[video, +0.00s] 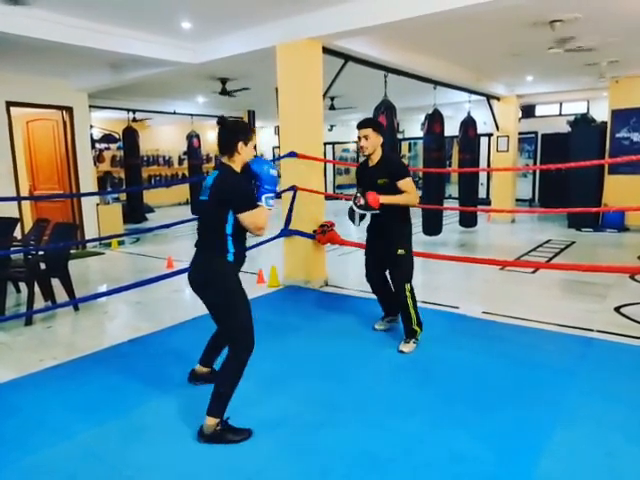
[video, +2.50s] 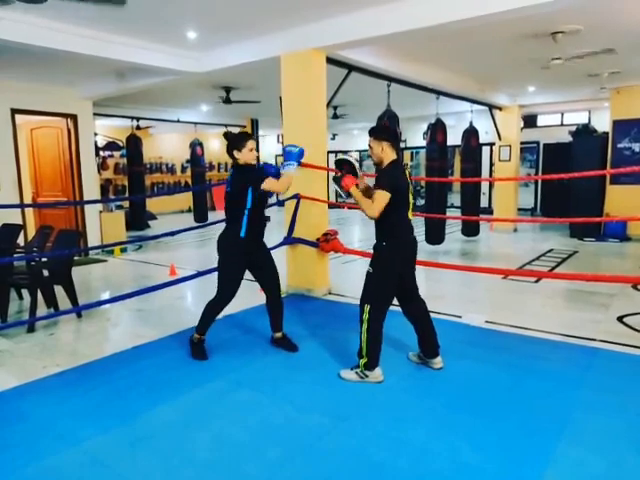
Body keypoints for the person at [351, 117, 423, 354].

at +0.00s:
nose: (361, 143)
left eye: (366, 138)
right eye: (359, 139)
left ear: (380, 138)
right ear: (359, 141)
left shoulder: (393, 164)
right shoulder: (362, 169)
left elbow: (413, 197)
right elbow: (364, 197)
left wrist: (380, 199)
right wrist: (359, 203)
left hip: (398, 227)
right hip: (377, 226)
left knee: (400, 280)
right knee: (374, 274)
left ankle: (412, 333)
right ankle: (391, 313)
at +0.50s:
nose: (345, 157)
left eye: (349, 152)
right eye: (344, 153)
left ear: (364, 151)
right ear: (350, 155)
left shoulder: (381, 178)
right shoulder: (358, 180)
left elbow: (405, 207)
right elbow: (368, 209)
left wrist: (374, 222)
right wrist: (347, 221)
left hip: (393, 235)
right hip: (379, 235)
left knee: (370, 288)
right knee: (384, 278)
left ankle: (376, 352)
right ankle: (400, 319)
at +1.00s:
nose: (355, 152)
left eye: (357, 147)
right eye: (354, 148)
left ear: (372, 146)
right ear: (369, 148)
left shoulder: (380, 171)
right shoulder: (372, 170)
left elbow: (353, 196)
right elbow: (344, 194)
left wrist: (345, 163)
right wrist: (336, 170)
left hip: (387, 240)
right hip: (390, 238)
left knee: (360, 294)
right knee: (391, 292)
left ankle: (375, 354)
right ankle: (413, 343)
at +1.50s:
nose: (349, 150)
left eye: (351, 145)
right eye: (349, 145)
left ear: (365, 144)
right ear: (364, 145)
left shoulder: (378, 171)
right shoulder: (363, 170)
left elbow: (354, 201)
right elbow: (329, 182)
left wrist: (338, 175)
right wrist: (305, 167)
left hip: (384, 243)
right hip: (385, 241)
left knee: (365, 303)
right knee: (393, 296)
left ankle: (367, 365)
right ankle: (424, 345)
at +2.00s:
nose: (364, 148)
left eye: (367, 143)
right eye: (365, 143)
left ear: (379, 144)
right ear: (385, 145)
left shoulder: (377, 172)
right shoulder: (398, 168)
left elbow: (340, 191)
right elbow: (377, 191)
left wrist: (335, 161)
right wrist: (358, 175)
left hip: (384, 247)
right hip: (405, 245)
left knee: (364, 305)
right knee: (410, 298)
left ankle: (368, 366)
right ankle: (431, 352)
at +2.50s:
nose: (370, 152)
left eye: (372, 147)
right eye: (370, 147)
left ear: (385, 146)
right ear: (389, 146)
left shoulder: (389, 173)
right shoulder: (398, 170)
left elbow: (373, 211)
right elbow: (387, 205)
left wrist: (353, 191)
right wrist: (366, 190)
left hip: (389, 248)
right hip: (404, 245)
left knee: (371, 305)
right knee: (411, 299)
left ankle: (368, 367)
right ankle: (431, 354)